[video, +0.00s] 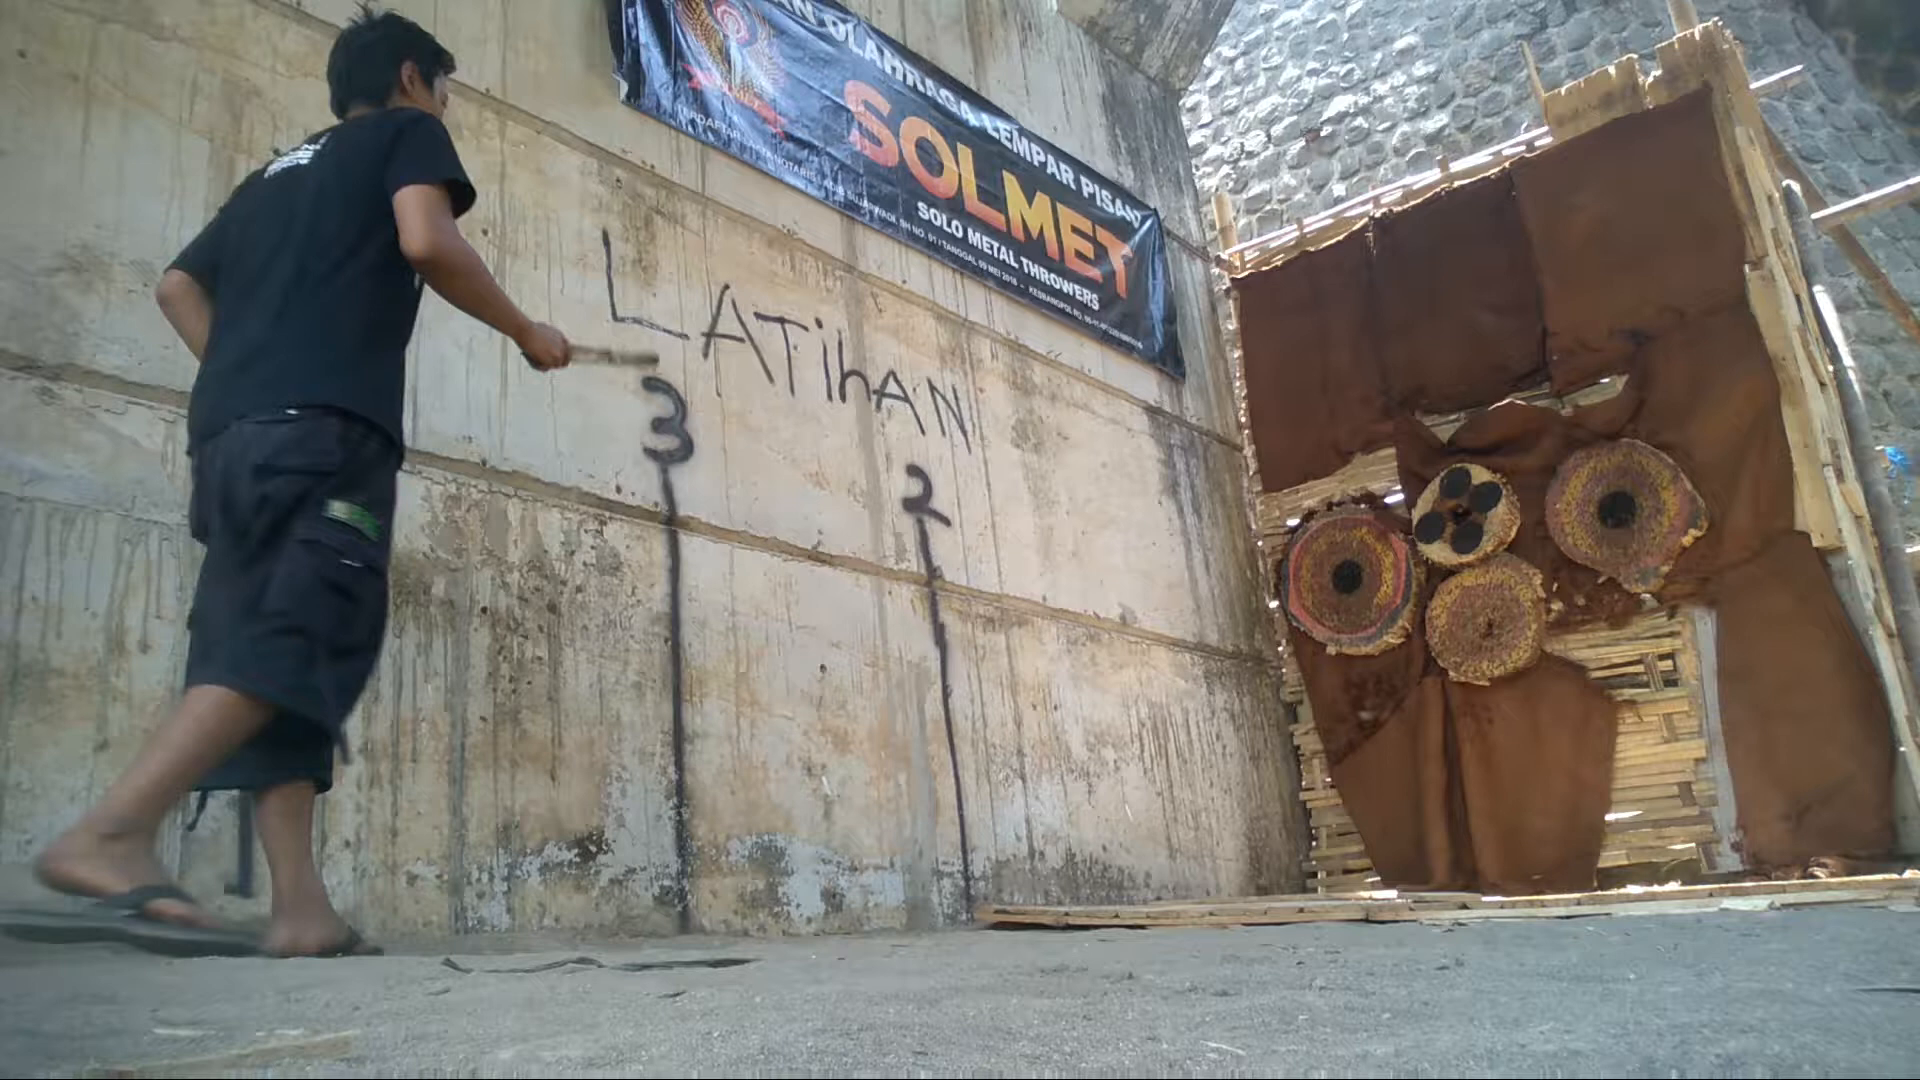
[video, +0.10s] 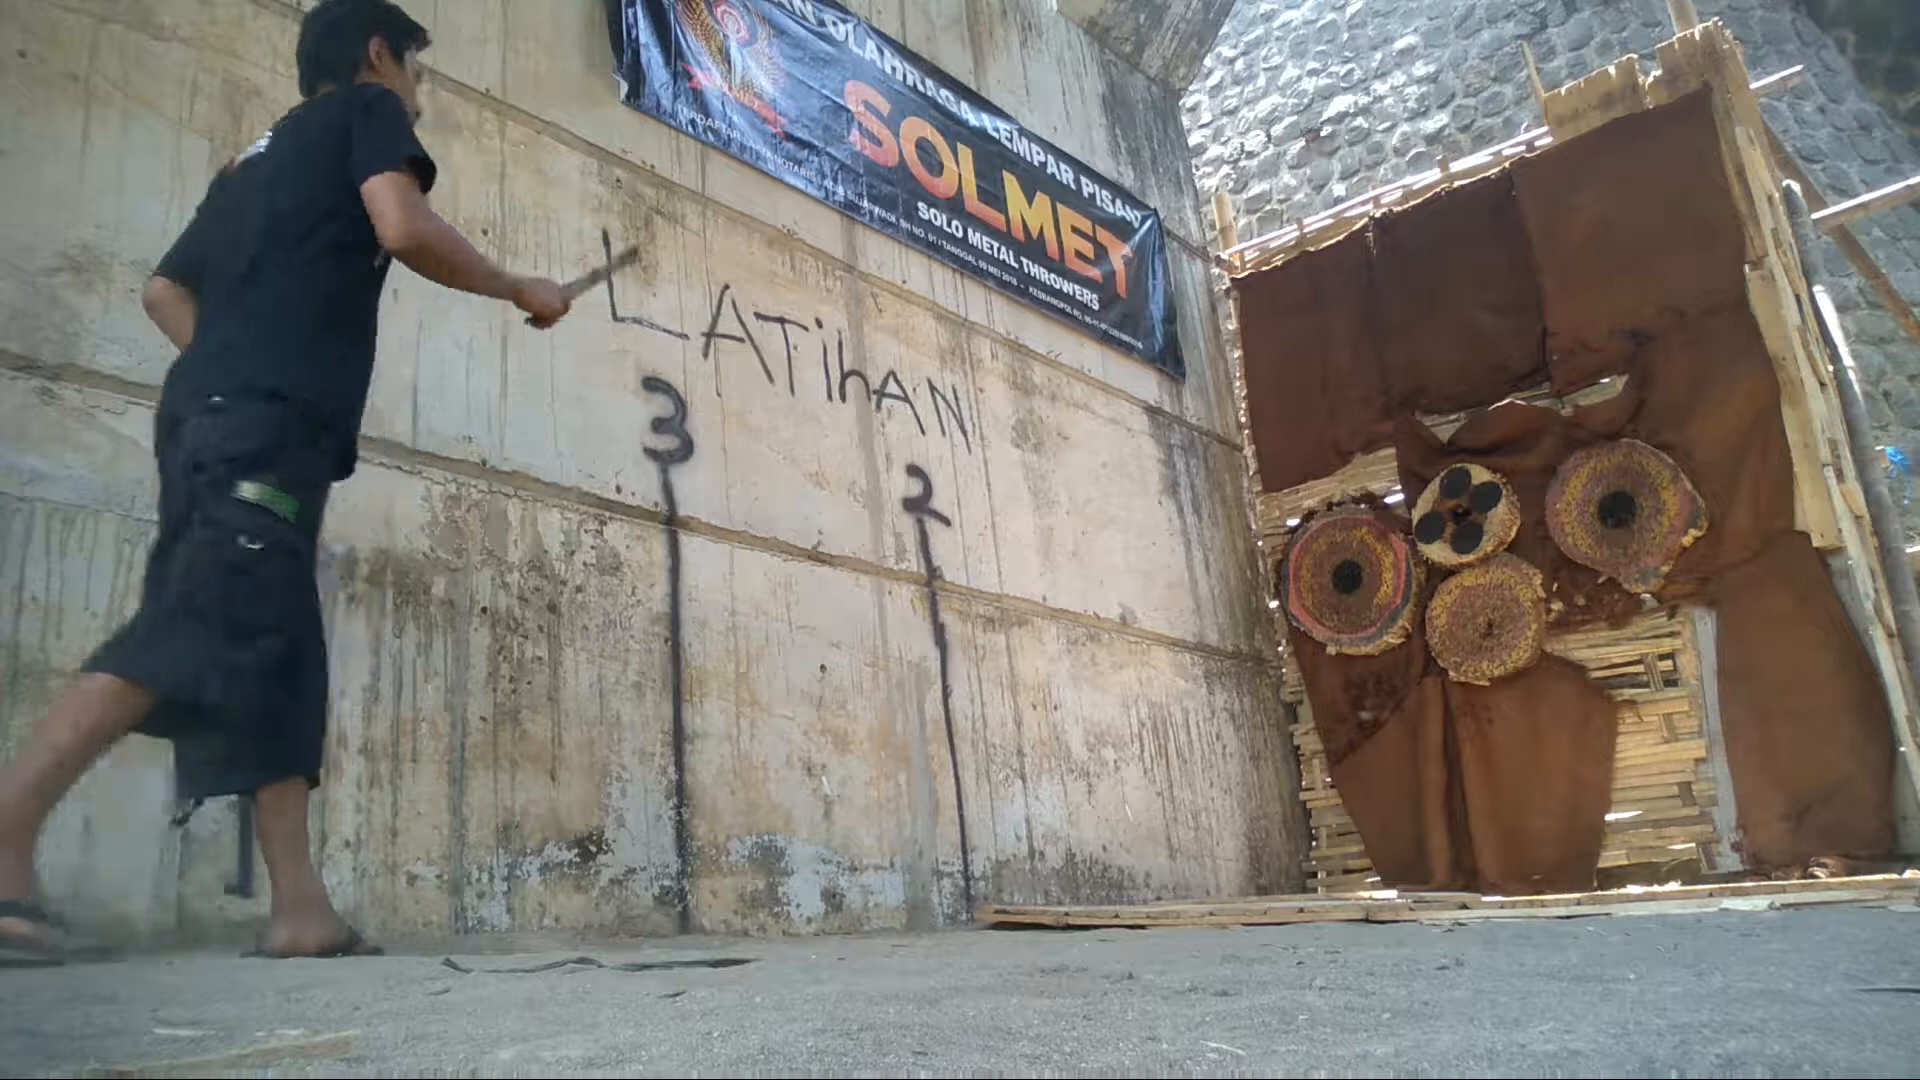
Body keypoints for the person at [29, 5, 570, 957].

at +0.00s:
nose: (443, 108)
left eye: (446, 96)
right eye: (441, 93)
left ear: (345, 89)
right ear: (409, 80)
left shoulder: (269, 178)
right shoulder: (408, 131)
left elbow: (180, 284)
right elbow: (428, 240)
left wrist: (242, 379)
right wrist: (525, 327)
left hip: (228, 428)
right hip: (324, 421)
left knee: (273, 658)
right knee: (296, 642)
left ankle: (302, 911)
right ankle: (107, 837)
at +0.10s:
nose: (414, 86)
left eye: (414, 71)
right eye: (409, 68)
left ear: (317, 71)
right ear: (375, 57)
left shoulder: (248, 166)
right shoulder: (370, 110)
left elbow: (166, 290)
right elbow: (402, 225)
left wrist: (242, 377)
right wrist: (516, 287)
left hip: (204, 408)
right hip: (273, 411)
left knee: (280, 651)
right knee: (191, 625)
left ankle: (301, 910)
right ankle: (10, 816)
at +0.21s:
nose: (388, 62)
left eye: (387, 44)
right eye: (382, 40)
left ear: (306, 38)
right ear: (339, 32)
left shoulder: (225, 144)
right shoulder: (327, 91)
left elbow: (150, 290)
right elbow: (373, 212)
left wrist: (288, 402)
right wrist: (501, 258)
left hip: (179, 402)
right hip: (222, 407)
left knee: (257, 655)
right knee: (98, 633)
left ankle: (301, 911)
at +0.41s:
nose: (315, 31)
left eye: (317, 15)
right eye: (311, 10)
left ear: (253, 5)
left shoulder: (177, 62)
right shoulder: (204, 28)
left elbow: (124, 247)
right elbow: (260, 159)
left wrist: (216, 359)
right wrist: (409, 221)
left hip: (150, 414)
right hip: (100, 392)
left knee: (201, 642)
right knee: (38, 644)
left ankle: (265, 893)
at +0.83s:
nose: (193, 12)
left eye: (191, 15)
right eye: (185, 11)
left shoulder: (59, 38)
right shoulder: (94, 11)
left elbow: (62, 219)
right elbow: (202, 81)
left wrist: (182, 315)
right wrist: (349, 104)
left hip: (101, 377)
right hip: (59, 367)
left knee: (156, 630)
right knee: (29, 623)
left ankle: (194, 895)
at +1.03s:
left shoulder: (96, 49)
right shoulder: (56, 23)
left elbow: (65, 237)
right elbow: (224, 18)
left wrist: (206, 296)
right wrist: (344, 4)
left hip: (118, 384)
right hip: (41, 369)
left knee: (183, 629)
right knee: (18, 642)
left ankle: (233, 890)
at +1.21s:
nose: (229, 5)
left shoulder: (157, 68)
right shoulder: (97, 30)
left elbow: (116, 267)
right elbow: (81, 251)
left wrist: (245, 312)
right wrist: (231, 305)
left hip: (153, 408)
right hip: (77, 396)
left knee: (214, 629)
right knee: (21, 636)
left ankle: (254, 900)